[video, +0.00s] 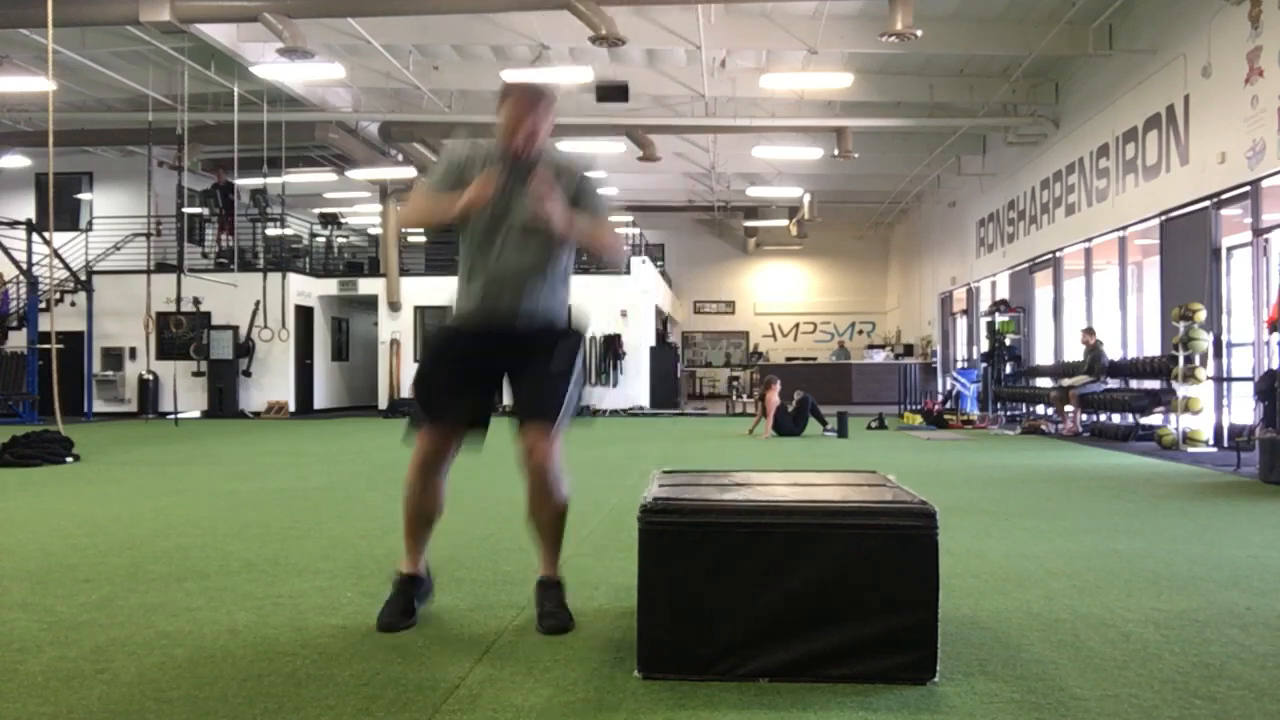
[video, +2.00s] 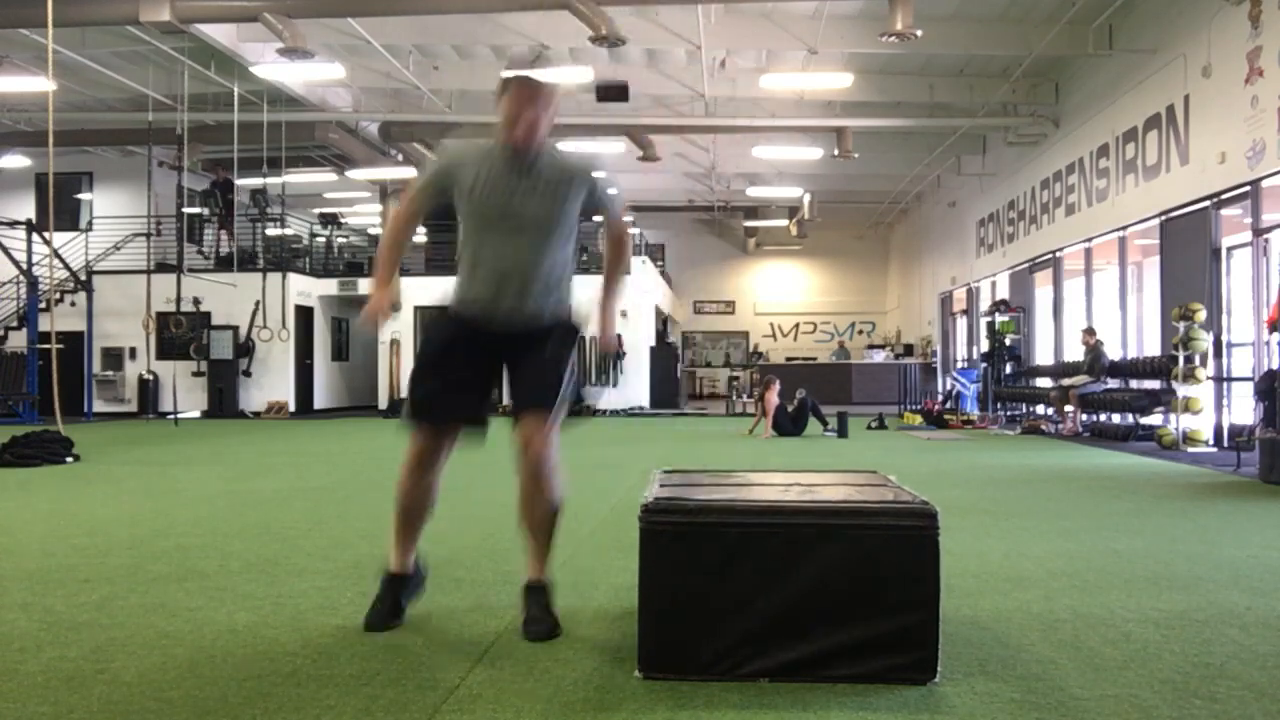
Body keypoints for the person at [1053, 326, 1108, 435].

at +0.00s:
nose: (1082, 339)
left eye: (1084, 337)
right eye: (1082, 336)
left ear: (1092, 337)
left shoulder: (1099, 353)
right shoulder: (1087, 351)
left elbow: (1097, 377)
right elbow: (1085, 371)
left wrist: (1074, 381)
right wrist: (1071, 380)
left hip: (1099, 382)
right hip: (1086, 379)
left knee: (1074, 393)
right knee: (1055, 395)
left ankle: (1076, 426)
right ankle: (1066, 425)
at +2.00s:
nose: (1082, 340)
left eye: (1084, 337)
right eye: (1082, 336)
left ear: (1092, 338)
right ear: (1087, 338)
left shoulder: (1099, 353)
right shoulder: (1088, 351)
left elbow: (1095, 377)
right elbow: (1085, 372)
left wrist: (1073, 381)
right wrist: (1071, 380)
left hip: (1099, 382)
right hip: (1087, 379)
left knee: (1074, 393)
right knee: (1054, 395)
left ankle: (1076, 426)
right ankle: (1066, 424)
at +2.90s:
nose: (1083, 340)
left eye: (1085, 337)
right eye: (1083, 337)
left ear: (1093, 338)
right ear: (1087, 338)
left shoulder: (1100, 354)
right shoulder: (1087, 351)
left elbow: (1096, 377)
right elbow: (1085, 372)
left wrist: (1073, 381)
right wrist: (1072, 380)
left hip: (1098, 382)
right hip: (1086, 380)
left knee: (1074, 393)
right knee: (1054, 395)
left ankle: (1076, 426)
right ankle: (1066, 424)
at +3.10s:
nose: (1083, 340)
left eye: (1085, 337)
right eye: (1083, 337)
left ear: (1093, 338)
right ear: (1086, 338)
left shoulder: (1099, 353)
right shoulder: (1087, 351)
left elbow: (1095, 377)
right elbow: (1084, 372)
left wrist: (1072, 381)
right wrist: (1070, 380)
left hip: (1098, 382)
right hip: (1086, 380)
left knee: (1073, 393)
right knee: (1054, 395)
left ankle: (1076, 426)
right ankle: (1066, 424)